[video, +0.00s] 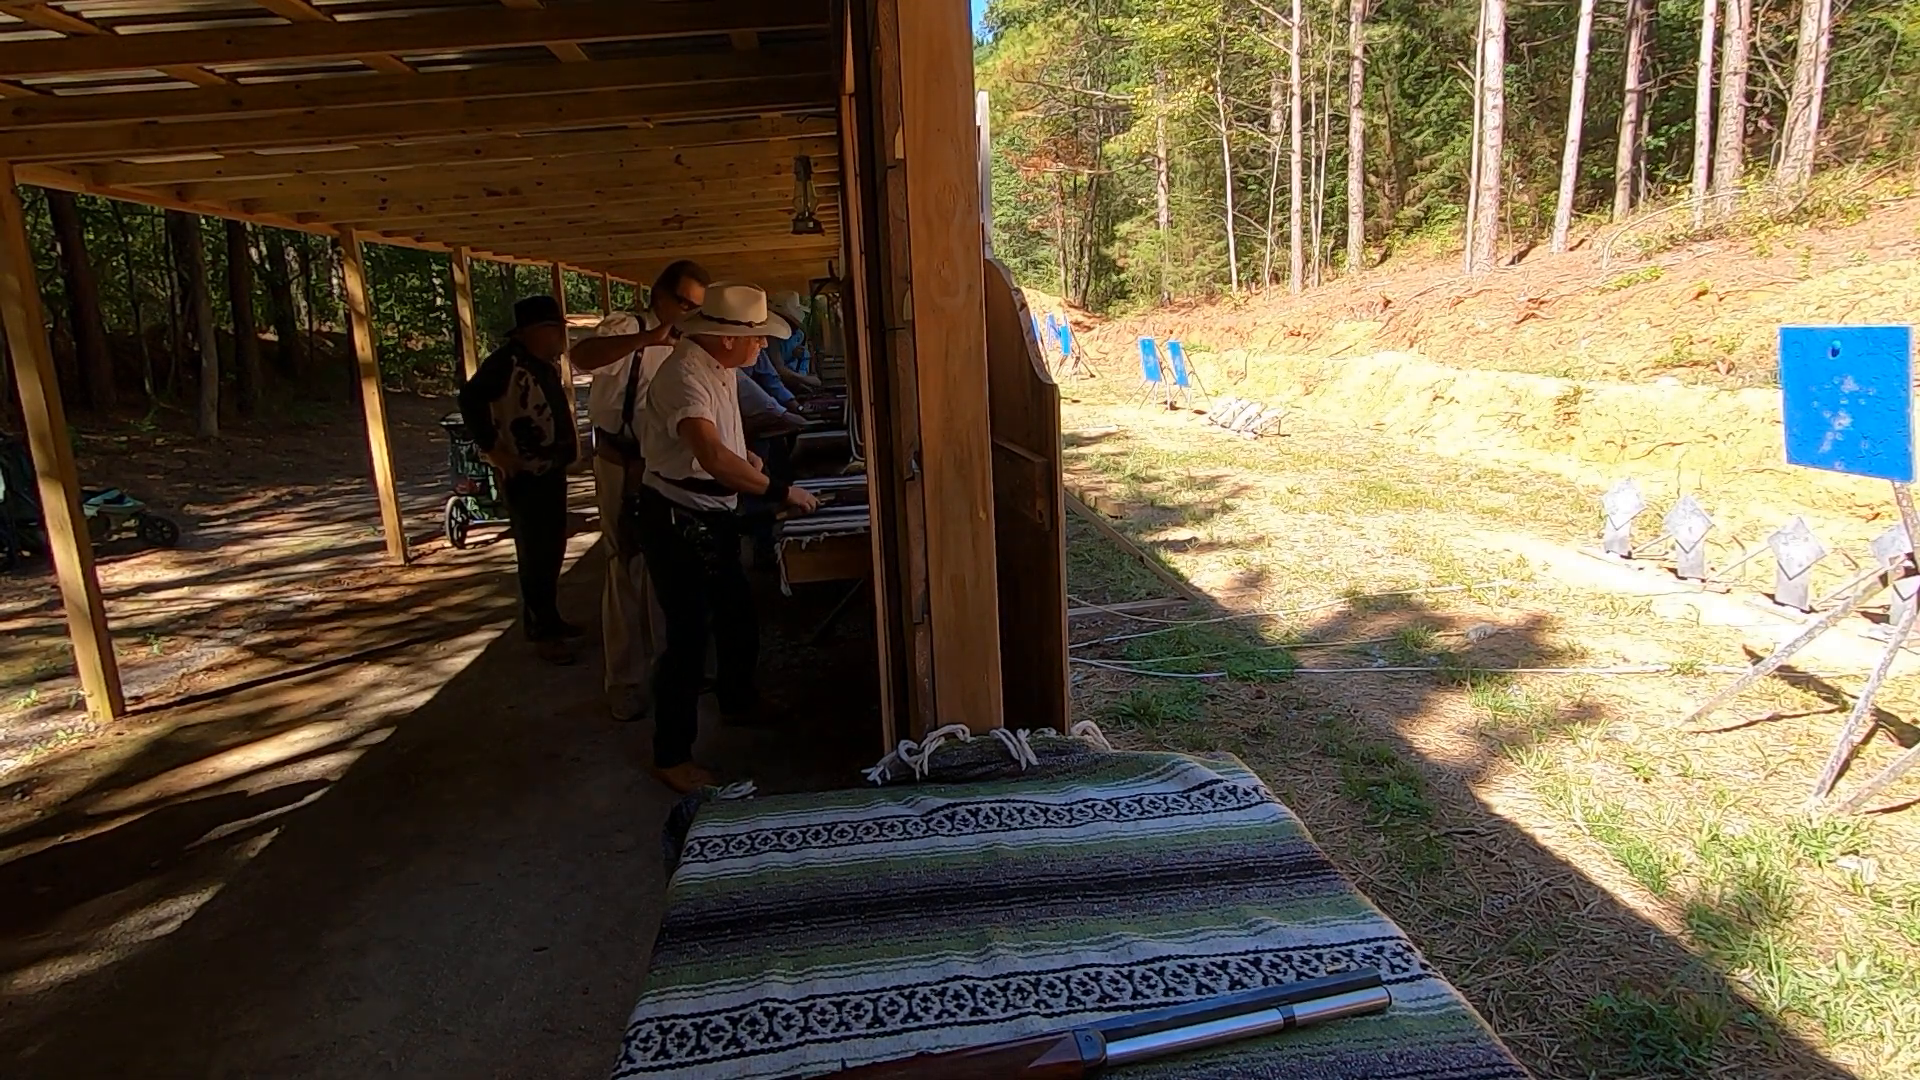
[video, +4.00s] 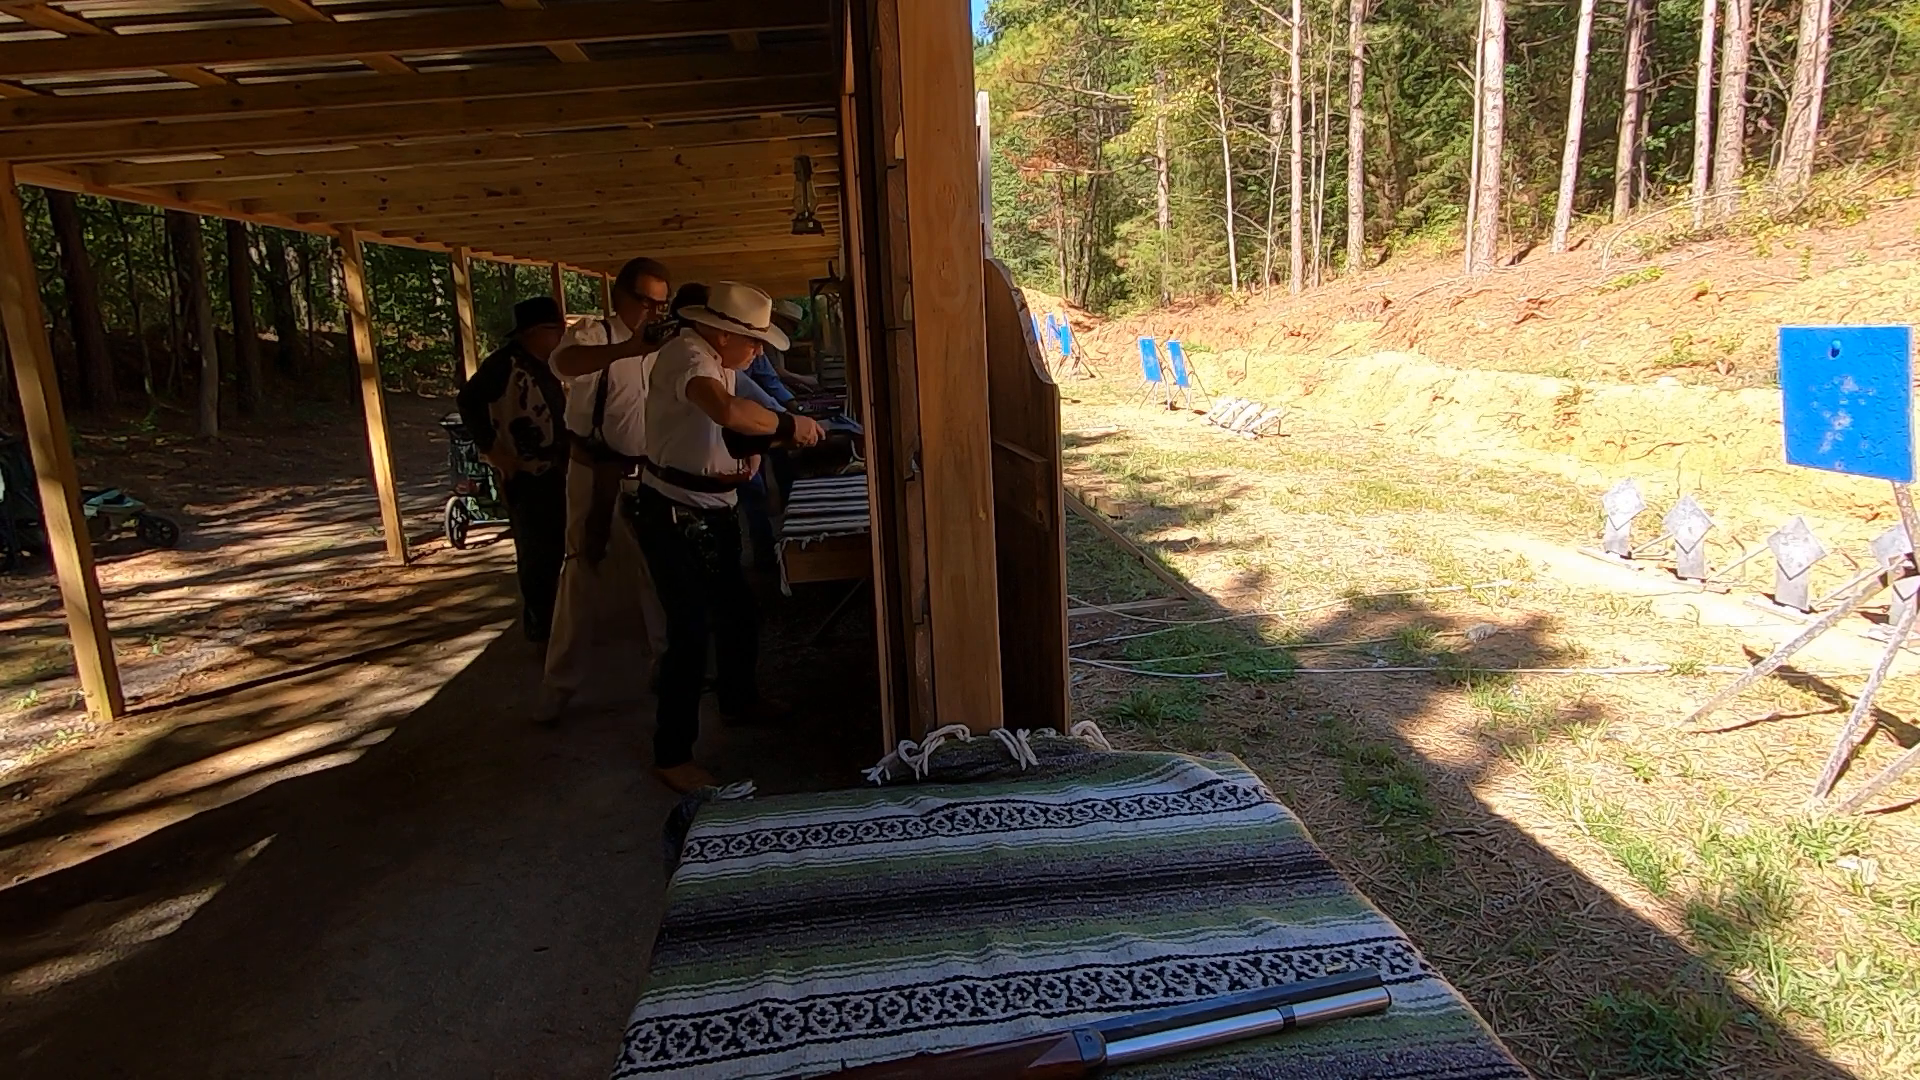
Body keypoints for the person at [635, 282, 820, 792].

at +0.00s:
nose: (762, 349)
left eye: (762, 340)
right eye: (758, 339)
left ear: (726, 337)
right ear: (731, 338)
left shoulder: (719, 373)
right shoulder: (686, 373)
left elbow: (728, 448)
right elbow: (711, 455)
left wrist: (764, 478)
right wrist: (780, 491)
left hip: (716, 515)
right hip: (677, 518)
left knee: (735, 617)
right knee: (688, 637)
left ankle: (740, 708)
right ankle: (672, 757)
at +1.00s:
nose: (751, 374)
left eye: (755, 366)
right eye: (749, 364)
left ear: (724, 349)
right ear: (722, 347)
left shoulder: (719, 377)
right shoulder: (680, 378)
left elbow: (721, 441)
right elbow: (706, 459)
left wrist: (744, 462)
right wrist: (778, 495)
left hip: (716, 517)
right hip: (673, 520)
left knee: (739, 615)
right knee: (687, 637)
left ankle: (740, 708)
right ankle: (672, 757)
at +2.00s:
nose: (756, 374)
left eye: (760, 367)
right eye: (755, 365)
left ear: (727, 348)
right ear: (730, 349)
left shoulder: (720, 378)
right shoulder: (685, 377)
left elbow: (723, 444)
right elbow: (707, 458)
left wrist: (747, 466)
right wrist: (777, 495)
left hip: (716, 516)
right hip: (673, 520)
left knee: (740, 614)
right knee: (689, 636)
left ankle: (739, 708)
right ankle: (672, 757)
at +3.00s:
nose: (757, 374)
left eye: (761, 367)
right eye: (755, 364)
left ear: (728, 349)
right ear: (729, 348)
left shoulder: (722, 377)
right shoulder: (685, 378)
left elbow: (727, 446)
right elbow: (709, 460)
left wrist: (755, 474)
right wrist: (780, 496)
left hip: (717, 516)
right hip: (672, 519)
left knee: (743, 611)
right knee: (689, 634)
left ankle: (739, 704)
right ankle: (672, 756)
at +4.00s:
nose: (757, 355)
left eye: (760, 346)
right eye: (753, 344)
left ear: (727, 335)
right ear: (725, 333)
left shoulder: (717, 362)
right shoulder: (686, 353)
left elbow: (722, 424)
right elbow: (724, 409)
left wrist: (751, 450)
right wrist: (786, 423)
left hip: (717, 512)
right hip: (672, 513)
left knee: (737, 613)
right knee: (689, 632)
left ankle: (740, 706)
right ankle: (673, 756)